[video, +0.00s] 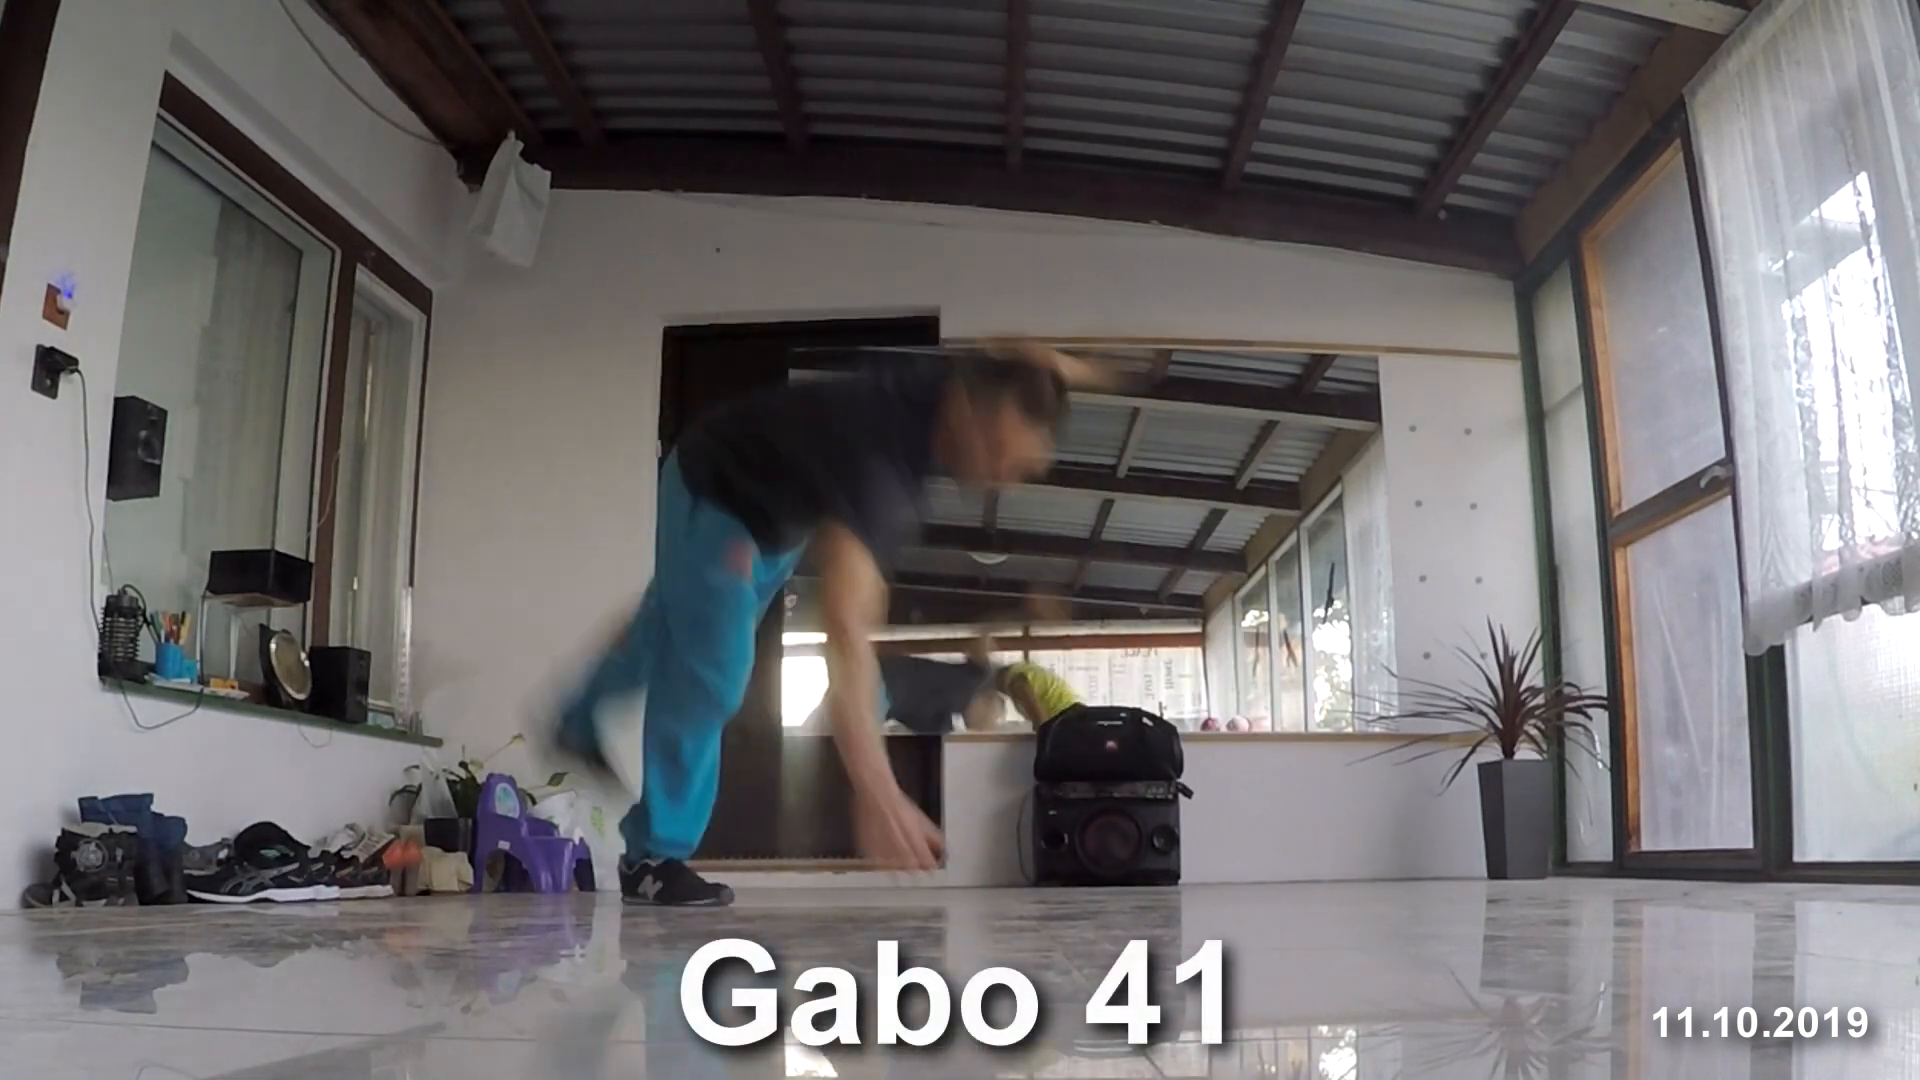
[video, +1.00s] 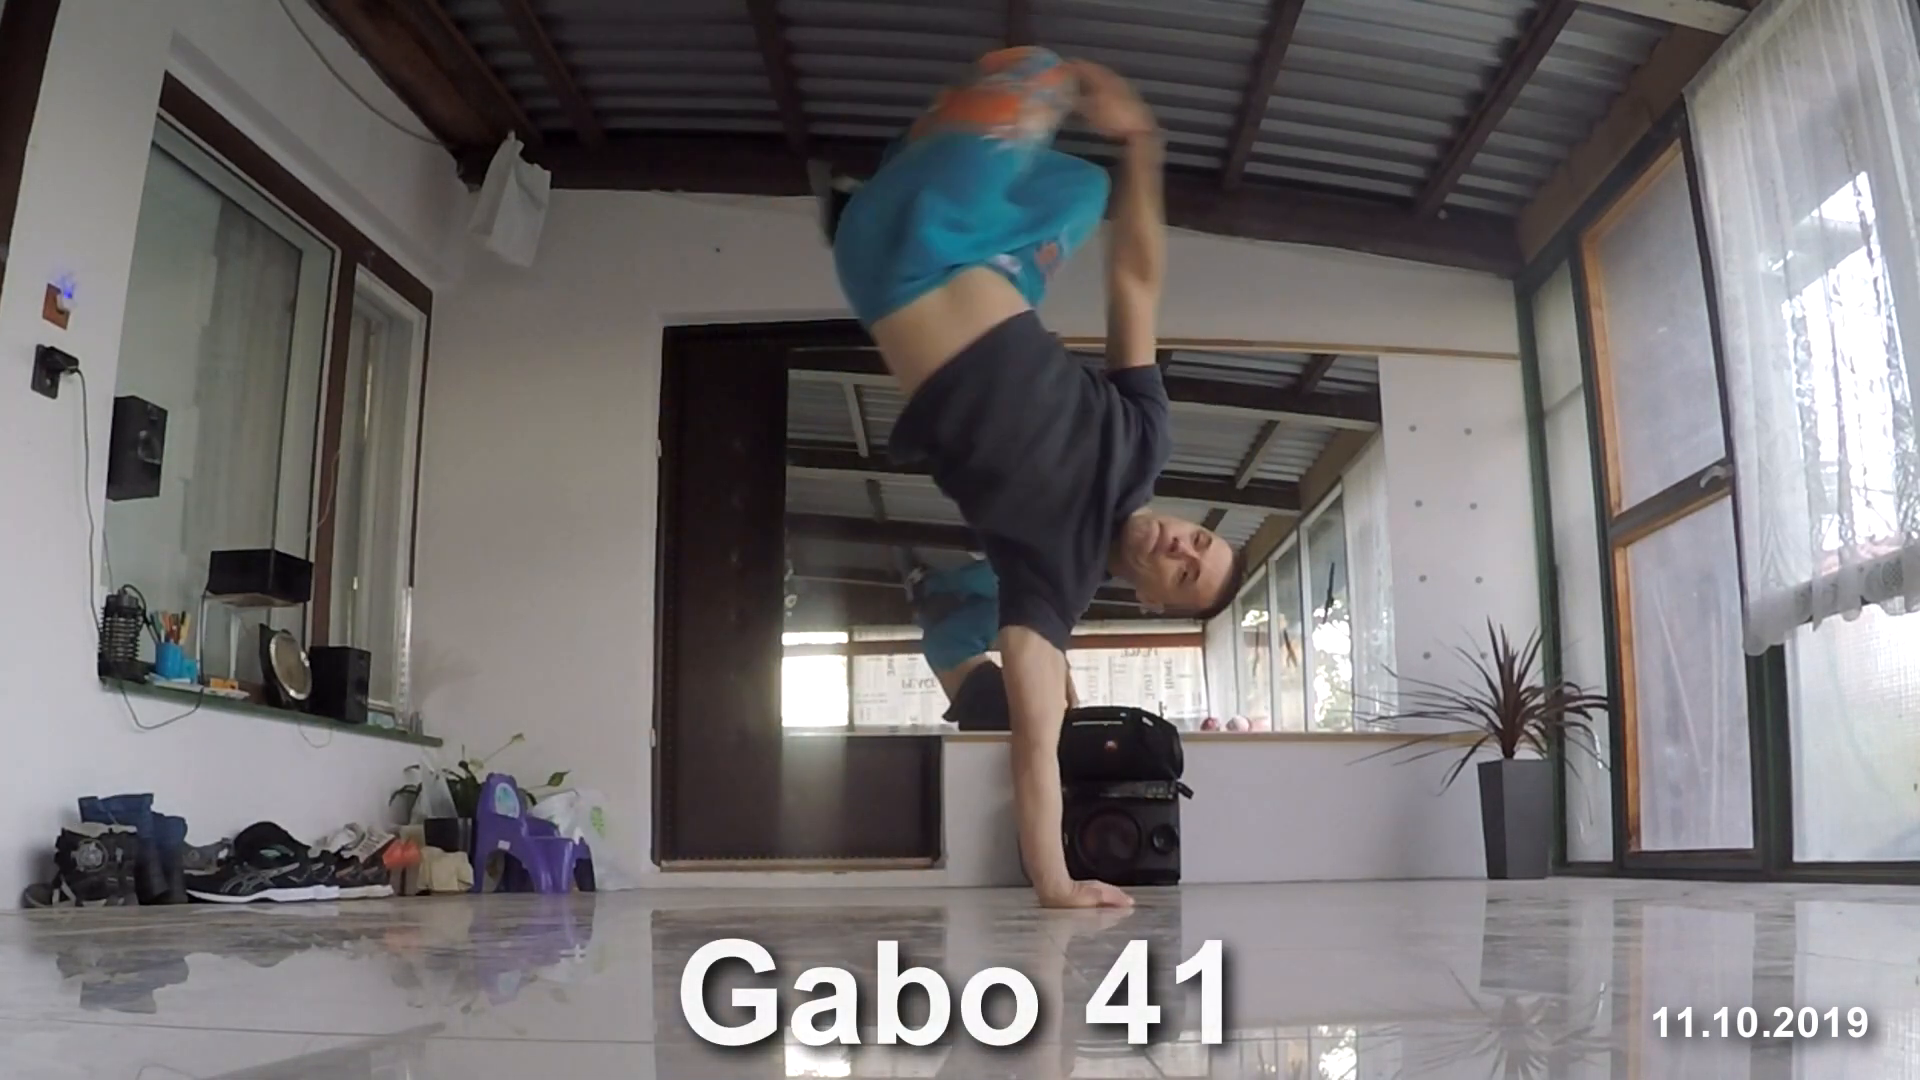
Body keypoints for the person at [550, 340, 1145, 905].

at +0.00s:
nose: (1001, 477)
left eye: (1017, 468)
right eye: (1005, 458)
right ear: (974, 408)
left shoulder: (942, 395)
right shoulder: (881, 448)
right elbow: (847, 635)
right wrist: (879, 797)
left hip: (772, 523)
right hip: (713, 496)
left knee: (671, 627)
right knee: (709, 678)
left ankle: (577, 716)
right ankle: (655, 856)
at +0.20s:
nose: (1028, 631)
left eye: (1048, 625)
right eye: (1033, 613)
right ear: (1006, 552)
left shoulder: (1035, 504)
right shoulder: (915, 554)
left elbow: (1099, 608)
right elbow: (881, 725)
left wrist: (1117, 706)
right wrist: (893, 883)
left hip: (825, 369)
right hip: (753, 421)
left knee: (721, 379)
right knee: (687, 605)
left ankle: (653, 282)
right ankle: (572, 753)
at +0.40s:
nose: (1047, 663)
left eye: (1065, 662)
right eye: (1059, 647)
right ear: (1050, 580)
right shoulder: (964, 556)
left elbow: (1053, 741)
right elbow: (901, 723)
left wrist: (1056, 880)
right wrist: (895, 879)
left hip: (935, 357)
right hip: (856, 329)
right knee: (662, 320)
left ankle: (861, 600)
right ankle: (696, 160)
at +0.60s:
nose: (1077, 560)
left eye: (1094, 578)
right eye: (1100, 543)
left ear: (1103, 601)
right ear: (1118, 502)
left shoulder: (1046, 606)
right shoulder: (1051, 431)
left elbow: (1040, 739)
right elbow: (882, 403)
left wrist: (1054, 880)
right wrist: (727, 457)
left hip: (880, 387)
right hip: (955, 316)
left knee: (768, 299)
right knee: (971, 137)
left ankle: (829, 261)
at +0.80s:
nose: (1148, 531)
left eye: (1160, 560)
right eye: (1174, 521)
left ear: (1154, 589)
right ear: (1188, 495)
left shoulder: (1045, 592)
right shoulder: (1140, 423)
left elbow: (1030, 727)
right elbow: (1064, 273)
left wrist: (1054, 882)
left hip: (871, 325)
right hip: (974, 300)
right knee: (1108, 160)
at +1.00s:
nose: (1181, 549)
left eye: (1183, 576)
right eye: (1201, 545)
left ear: (1156, 595)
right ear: (1189, 519)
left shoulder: (1050, 581)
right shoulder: (1143, 430)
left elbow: (1037, 742)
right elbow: (1136, 277)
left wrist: (1054, 886)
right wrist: (1141, 141)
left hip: (890, 267)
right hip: (959, 240)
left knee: (1046, 66)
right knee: (1083, 187)